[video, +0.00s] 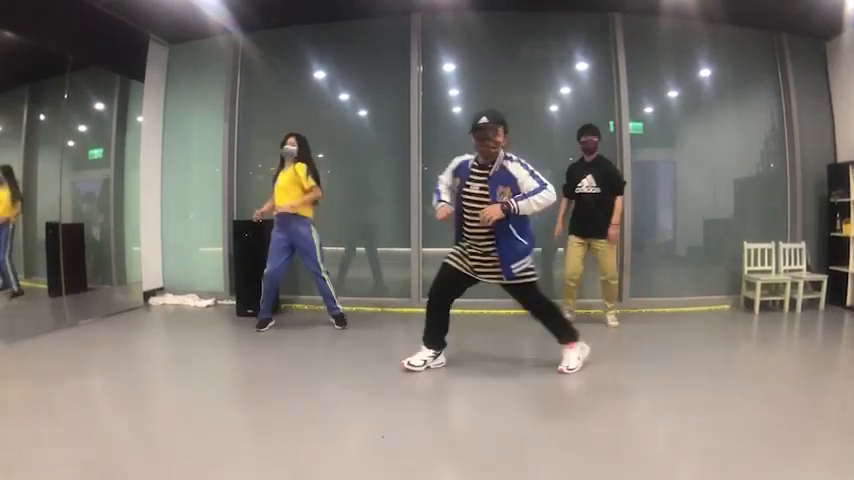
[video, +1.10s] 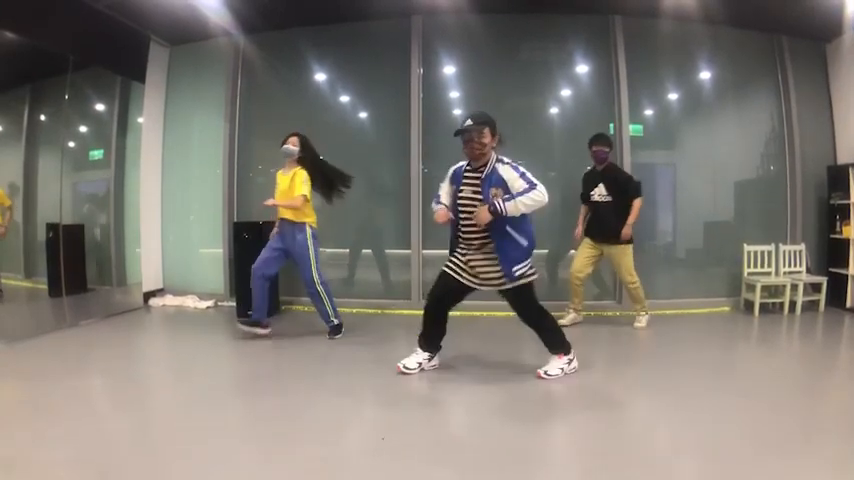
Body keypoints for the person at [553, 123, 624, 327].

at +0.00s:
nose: (589, 143)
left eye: (593, 139)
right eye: (585, 140)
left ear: (598, 140)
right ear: (579, 142)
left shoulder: (608, 167)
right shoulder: (574, 169)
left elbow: (619, 195)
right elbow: (566, 196)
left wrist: (614, 224)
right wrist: (560, 221)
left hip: (603, 232)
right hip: (577, 232)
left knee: (610, 275)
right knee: (571, 274)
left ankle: (610, 310)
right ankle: (568, 311)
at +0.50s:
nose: (601, 148)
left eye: (604, 144)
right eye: (596, 144)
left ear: (607, 145)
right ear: (587, 145)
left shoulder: (604, 171)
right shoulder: (578, 166)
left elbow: (603, 203)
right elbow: (562, 192)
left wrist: (613, 223)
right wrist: (575, 216)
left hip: (601, 232)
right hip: (578, 233)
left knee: (615, 270)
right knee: (566, 275)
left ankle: (614, 311)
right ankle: (547, 309)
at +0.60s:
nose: (617, 154)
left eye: (618, 150)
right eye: (612, 151)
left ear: (618, 152)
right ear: (602, 153)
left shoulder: (608, 175)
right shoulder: (594, 173)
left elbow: (605, 208)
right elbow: (587, 204)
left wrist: (614, 231)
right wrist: (597, 230)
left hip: (607, 240)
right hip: (586, 240)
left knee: (626, 275)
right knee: (570, 279)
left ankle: (620, 313)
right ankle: (544, 309)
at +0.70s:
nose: (625, 160)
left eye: (627, 156)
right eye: (620, 156)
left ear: (629, 158)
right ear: (610, 159)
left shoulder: (616, 179)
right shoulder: (604, 178)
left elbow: (609, 212)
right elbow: (593, 208)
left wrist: (627, 221)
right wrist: (614, 228)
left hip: (612, 240)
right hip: (593, 241)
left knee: (632, 276)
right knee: (576, 281)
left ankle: (621, 314)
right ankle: (546, 309)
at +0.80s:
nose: (623, 155)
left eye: (626, 151)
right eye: (618, 151)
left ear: (629, 153)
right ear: (610, 153)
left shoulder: (627, 178)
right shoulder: (601, 175)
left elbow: (625, 205)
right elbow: (589, 203)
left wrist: (640, 208)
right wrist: (611, 215)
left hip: (620, 238)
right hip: (596, 238)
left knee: (633, 276)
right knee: (581, 278)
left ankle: (622, 314)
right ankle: (560, 312)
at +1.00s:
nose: (611, 152)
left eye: (614, 148)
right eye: (607, 148)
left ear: (620, 149)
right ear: (600, 149)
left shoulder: (629, 173)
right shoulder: (592, 174)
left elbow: (645, 193)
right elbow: (585, 199)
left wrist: (639, 214)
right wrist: (590, 218)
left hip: (621, 237)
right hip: (594, 236)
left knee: (631, 279)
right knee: (582, 277)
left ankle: (635, 312)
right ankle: (577, 311)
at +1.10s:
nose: (599, 154)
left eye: (603, 151)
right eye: (596, 151)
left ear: (610, 151)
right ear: (590, 152)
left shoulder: (620, 176)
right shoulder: (588, 177)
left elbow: (637, 198)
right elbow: (585, 203)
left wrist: (628, 225)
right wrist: (580, 224)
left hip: (618, 240)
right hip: (593, 238)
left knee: (629, 279)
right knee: (576, 273)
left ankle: (641, 312)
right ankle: (576, 312)